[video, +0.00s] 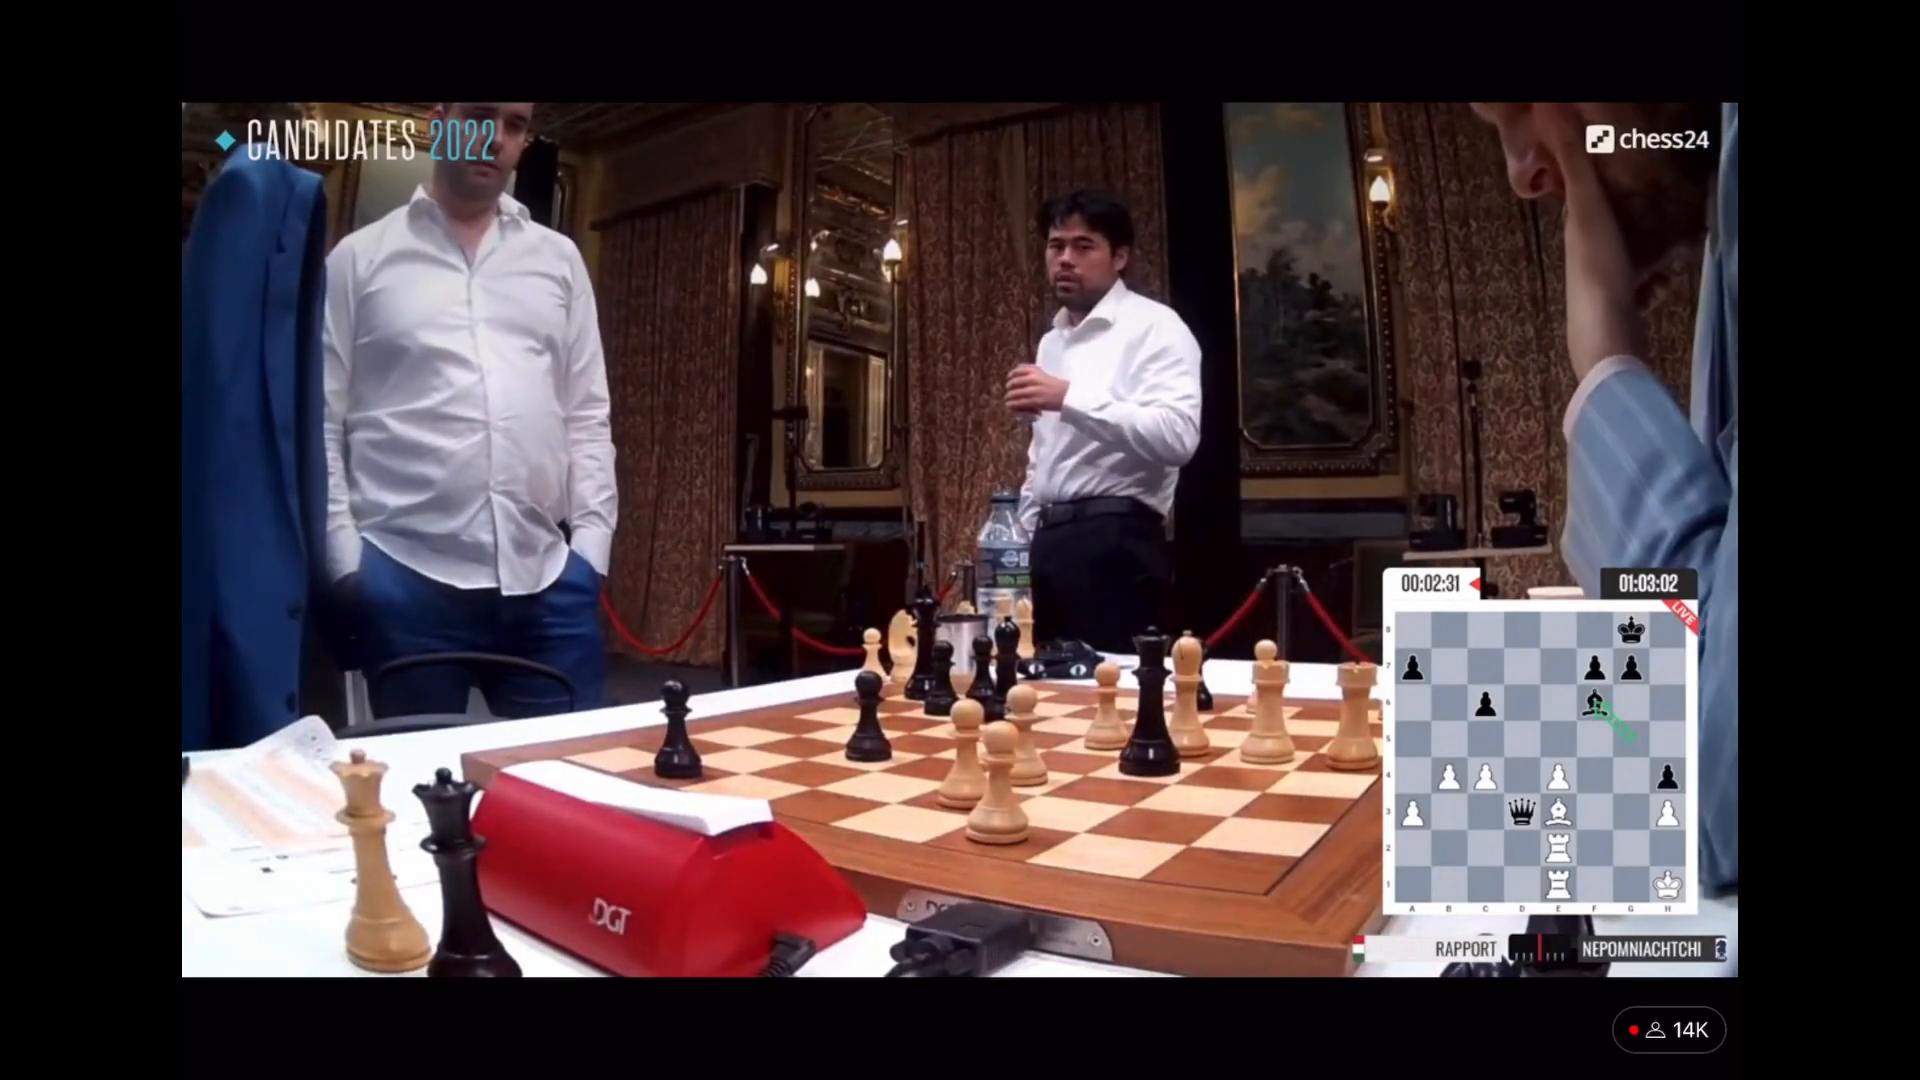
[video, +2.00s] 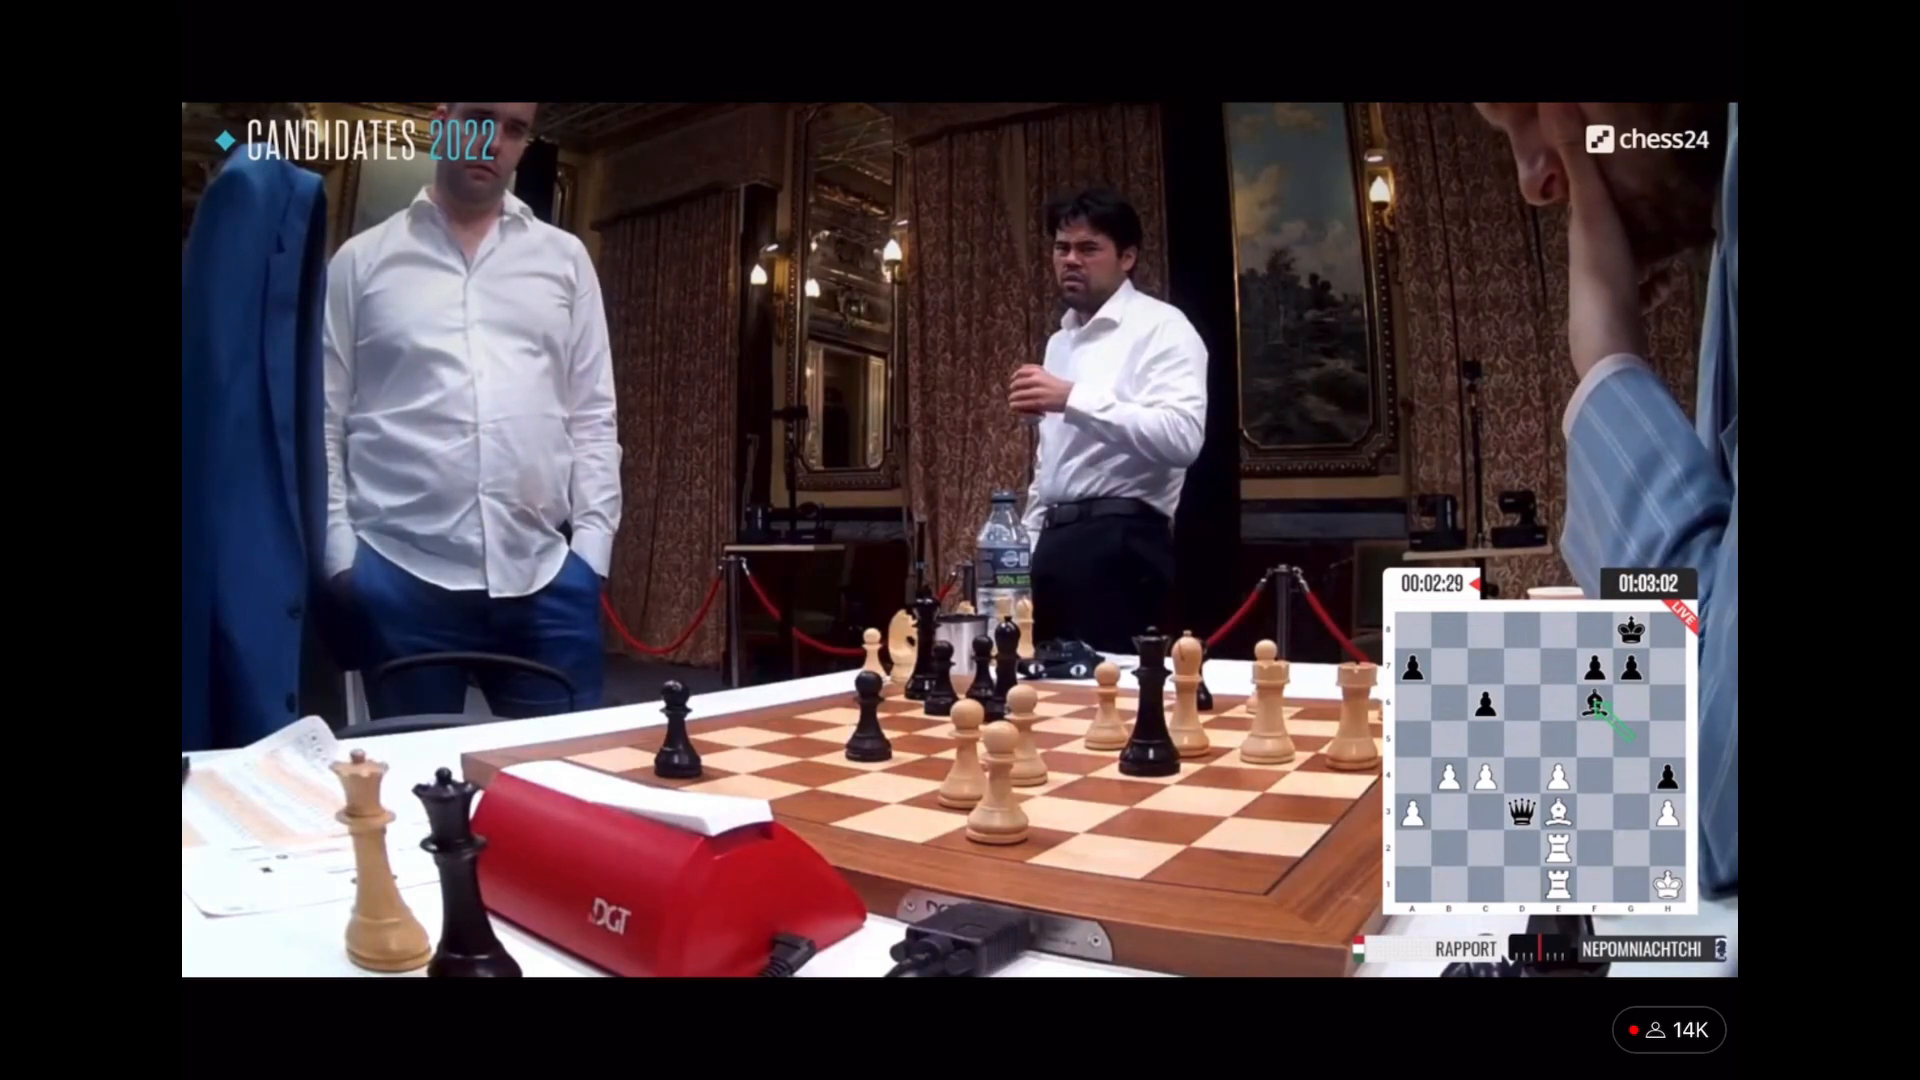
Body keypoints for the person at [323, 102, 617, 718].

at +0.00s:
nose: (494, 141)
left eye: (514, 127)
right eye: (479, 117)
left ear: (528, 142)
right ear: (438, 119)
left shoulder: (559, 259)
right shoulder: (359, 260)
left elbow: (588, 415)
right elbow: (323, 421)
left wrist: (589, 550)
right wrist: (347, 565)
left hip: (549, 582)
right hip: (406, 585)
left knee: (574, 788)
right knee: (419, 791)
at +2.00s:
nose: (490, 144)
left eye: (513, 130)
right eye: (477, 120)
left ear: (528, 144)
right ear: (440, 119)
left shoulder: (565, 258)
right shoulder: (361, 262)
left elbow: (593, 417)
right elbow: (324, 420)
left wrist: (590, 552)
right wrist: (342, 561)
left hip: (548, 584)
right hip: (402, 585)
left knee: (571, 790)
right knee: (415, 793)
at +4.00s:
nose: (489, 144)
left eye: (513, 131)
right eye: (477, 120)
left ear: (529, 146)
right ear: (442, 121)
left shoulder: (564, 260)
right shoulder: (362, 263)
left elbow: (593, 415)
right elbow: (325, 419)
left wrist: (589, 552)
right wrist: (341, 561)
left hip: (546, 584)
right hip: (401, 585)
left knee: (568, 788)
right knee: (415, 790)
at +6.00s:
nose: (480, 145)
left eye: (495, 124)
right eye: (460, 123)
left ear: (508, 128)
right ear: (417, 127)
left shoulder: (532, 245)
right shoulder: (354, 254)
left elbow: (558, 404)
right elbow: (317, 430)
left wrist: (559, 541)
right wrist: (371, 574)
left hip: (540, 577)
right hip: (418, 585)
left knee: (555, 787)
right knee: (432, 793)